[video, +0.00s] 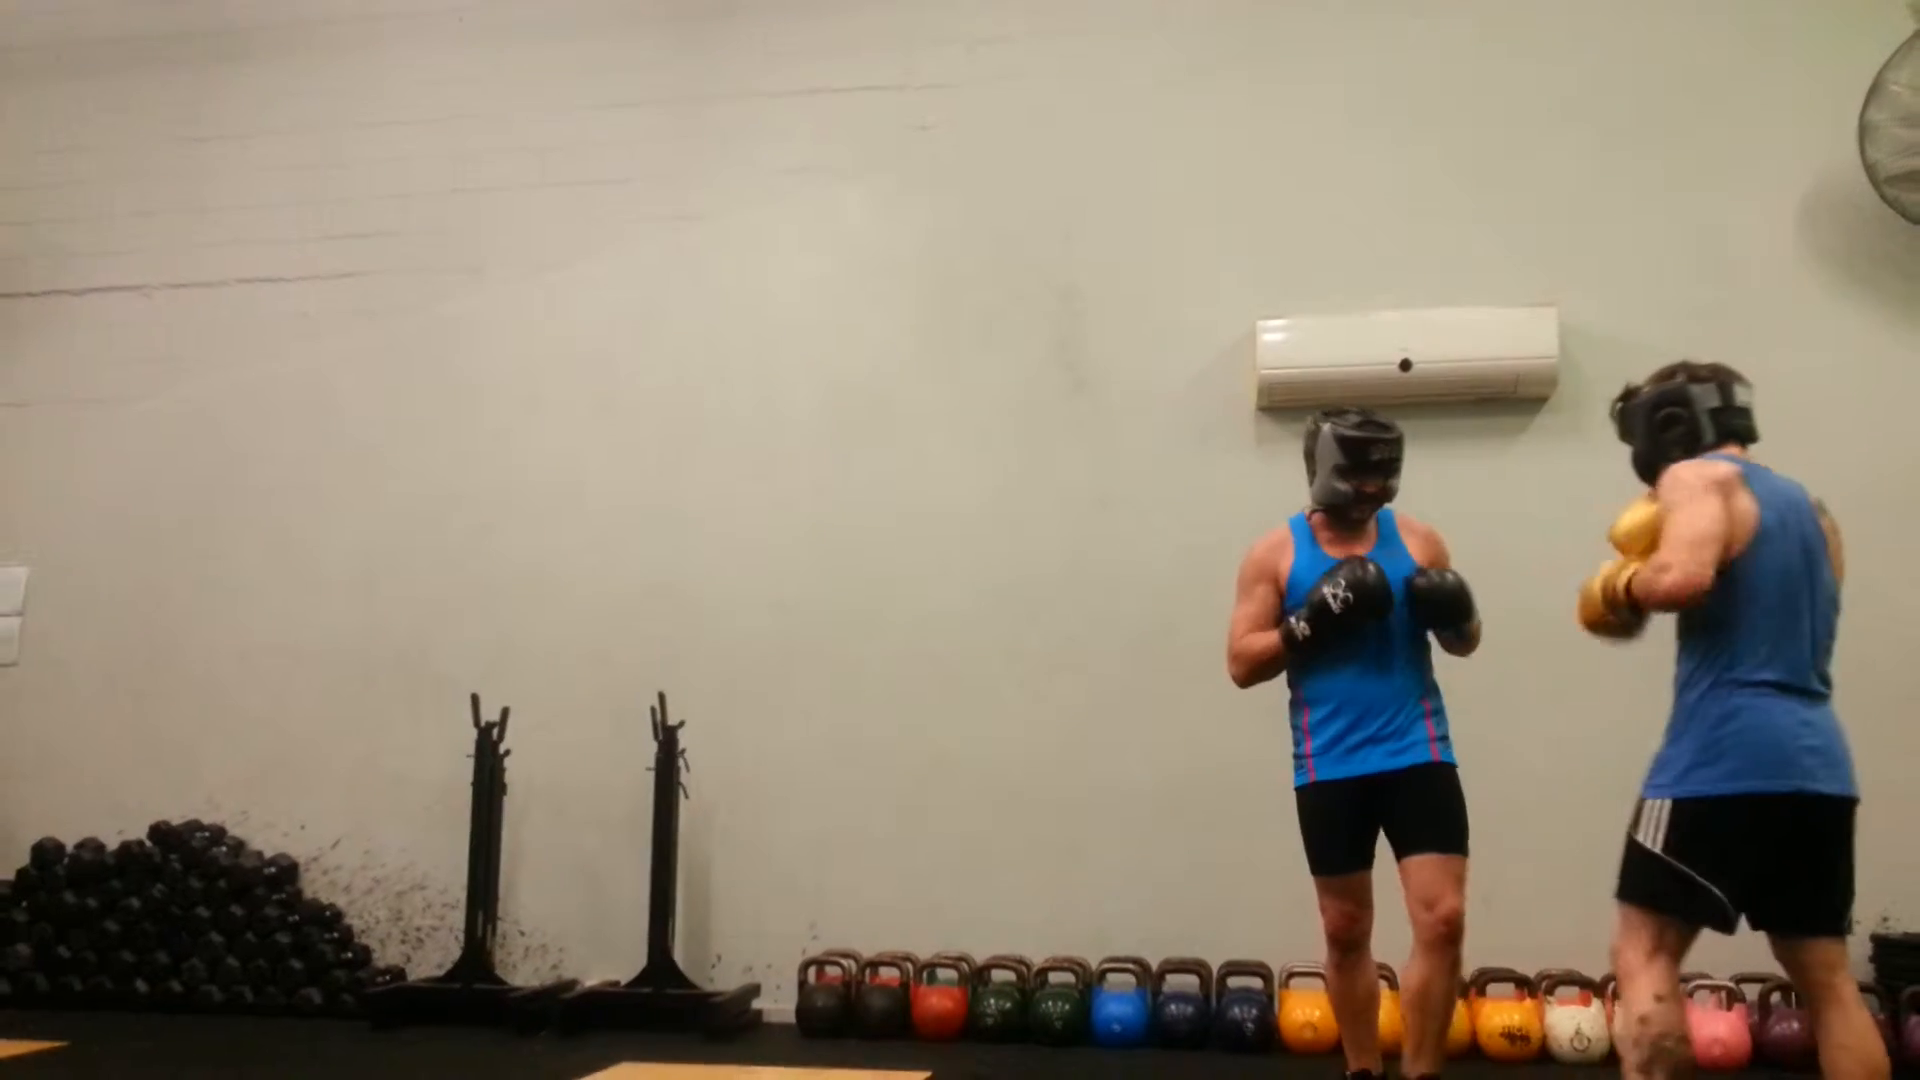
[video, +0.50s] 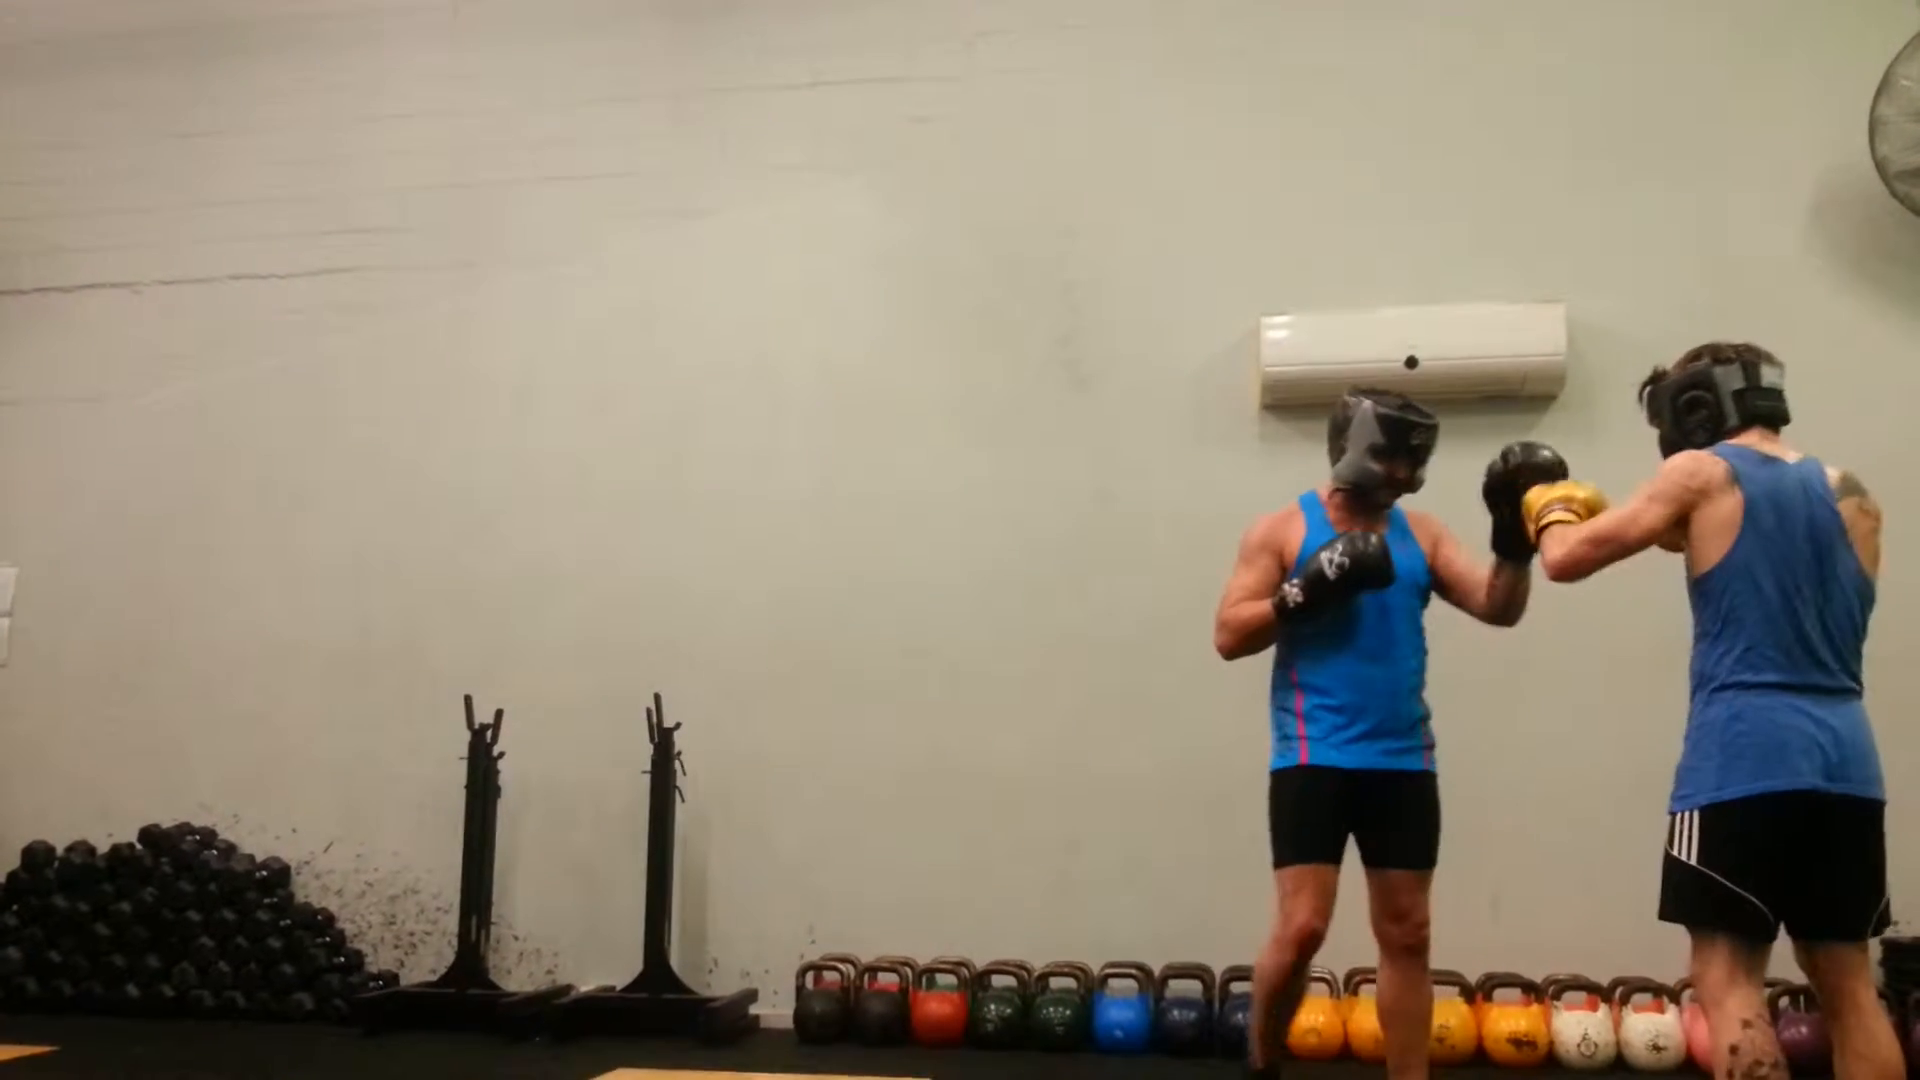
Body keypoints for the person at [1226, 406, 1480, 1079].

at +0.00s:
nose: (1366, 490)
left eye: (1379, 477)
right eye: (1353, 477)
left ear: (1392, 477)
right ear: (1321, 472)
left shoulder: (1418, 542)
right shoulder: (1274, 553)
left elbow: (1464, 646)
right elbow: (1242, 663)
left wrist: (1452, 610)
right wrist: (1313, 618)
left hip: (1419, 757)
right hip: (1330, 768)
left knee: (1443, 919)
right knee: (1344, 929)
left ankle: (1421, 1071)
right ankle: (1362, 1069)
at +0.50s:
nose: (1412, 470)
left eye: (1416, 457)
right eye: (1401, 455)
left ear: (1413, 465)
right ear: (1358, 452)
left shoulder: (1420, 531)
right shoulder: (1283, 528)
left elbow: (1501, 604)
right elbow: (1231, 635)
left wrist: (1515, 522)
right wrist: (1310, 587)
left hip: (1402, 760)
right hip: (1312, 760)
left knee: (1408, 931)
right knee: (1303, 928)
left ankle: (1410, 1077)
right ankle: (1263, 1067)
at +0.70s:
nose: (1380, 477)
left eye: (1385, 463)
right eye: (1369, 461)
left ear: (1374, 466)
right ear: (1324, 454)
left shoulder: (1379, 534)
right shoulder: (1249, 526)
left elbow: (1431, 635)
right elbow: (1204, 634)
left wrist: (1468, 571)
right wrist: (1292, 583)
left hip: (1367, 763)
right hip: (1277, 765)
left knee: (1385, 935)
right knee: (1255, 936)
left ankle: (1400, 1075)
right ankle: (1207, 1075)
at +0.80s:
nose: (1362, 480)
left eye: (1365, 466)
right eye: (1354, 464)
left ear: (1327, 464)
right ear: (1312, 457)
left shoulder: (1343, 537)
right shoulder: (1226, 523)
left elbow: (1358, 647)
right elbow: (1185, 633)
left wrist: (1414, 610)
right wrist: (1278, 586)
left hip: (1335, 760)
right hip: (1251, 762)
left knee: (1369, 940)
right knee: (1233, 937)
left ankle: (1395, 1076)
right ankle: (1199, 1076)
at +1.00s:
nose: (1312, 491)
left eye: (1318, 477)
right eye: (1305, 475)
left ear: (1280, 461)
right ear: (1268, 456)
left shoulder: (1278, 526)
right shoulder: (1187, 515)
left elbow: (1282, 636)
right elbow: (1144, 621)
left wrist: (1354, 602)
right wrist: (1252, 581)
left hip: (1284, 753)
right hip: (1209, 757)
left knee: (1332, 922)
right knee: (1201, 935)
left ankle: (1325, 1072)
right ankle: (1188, 1076)